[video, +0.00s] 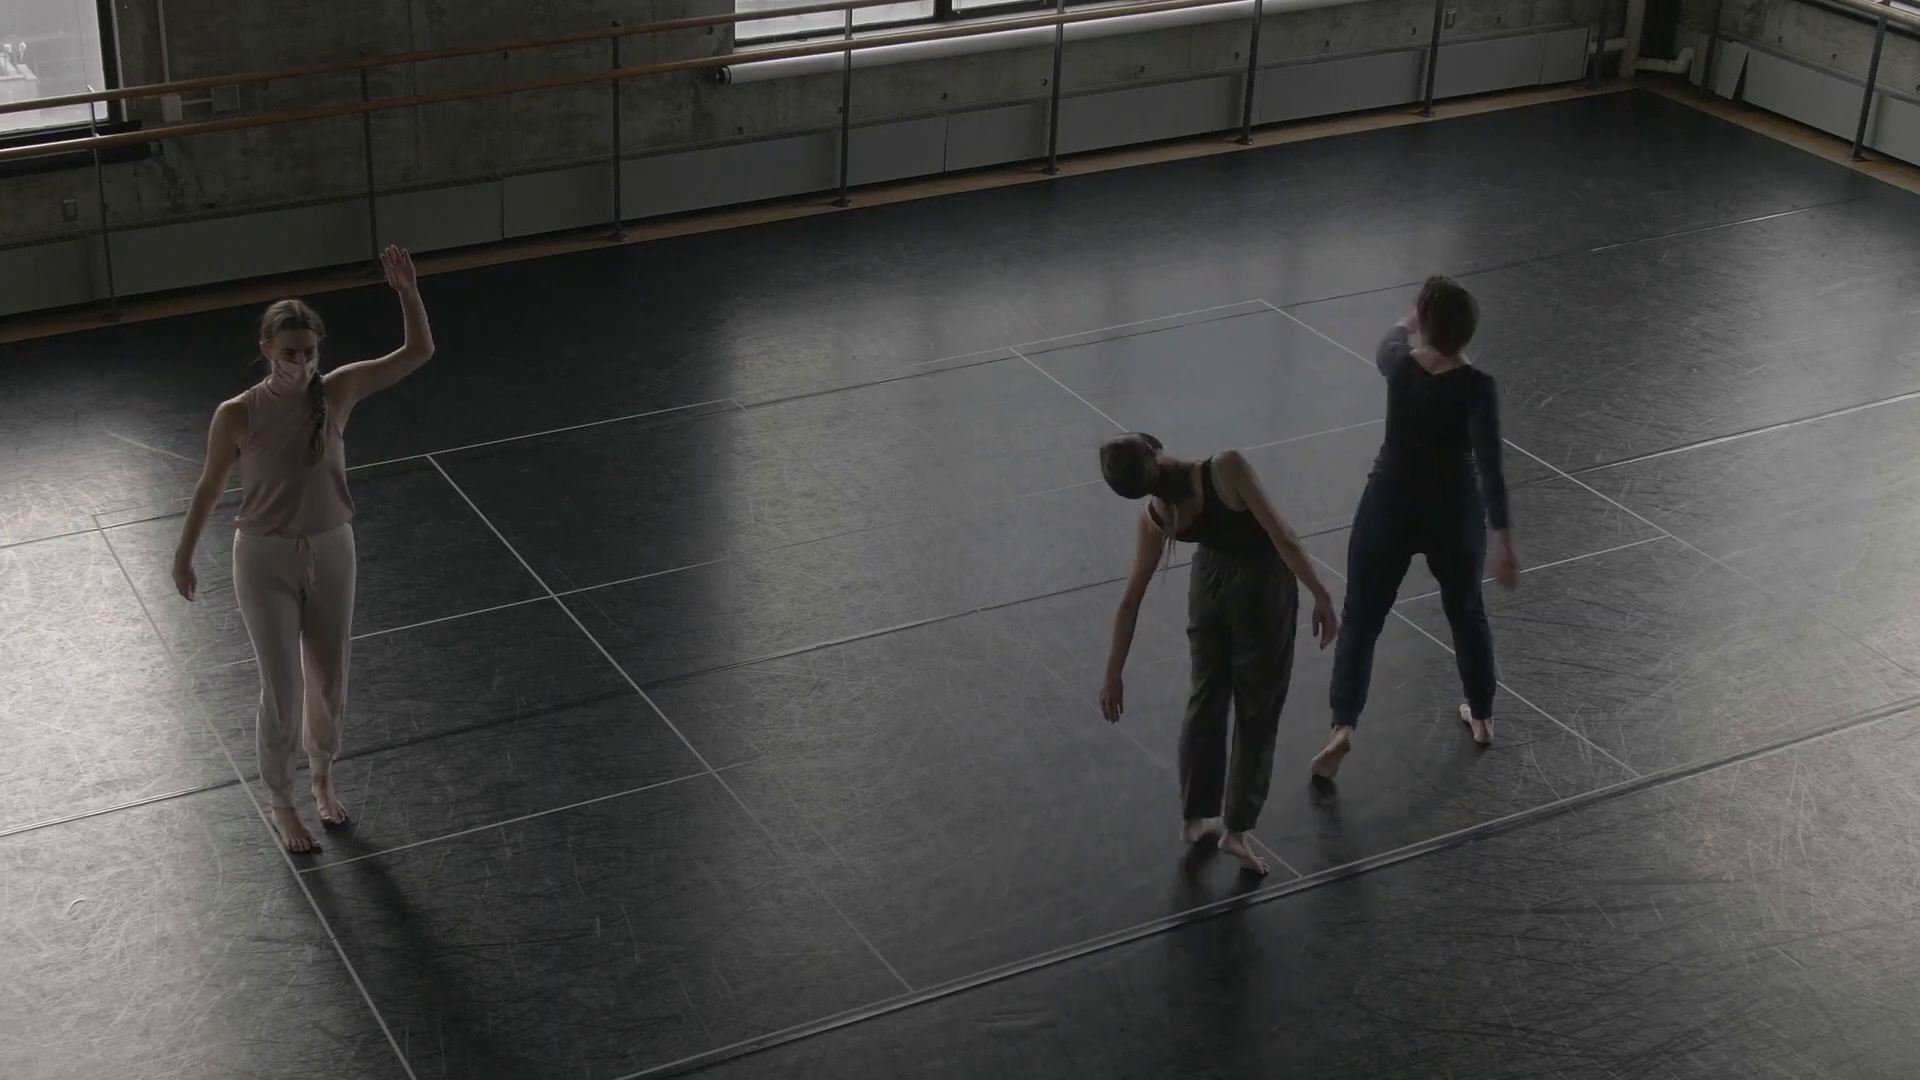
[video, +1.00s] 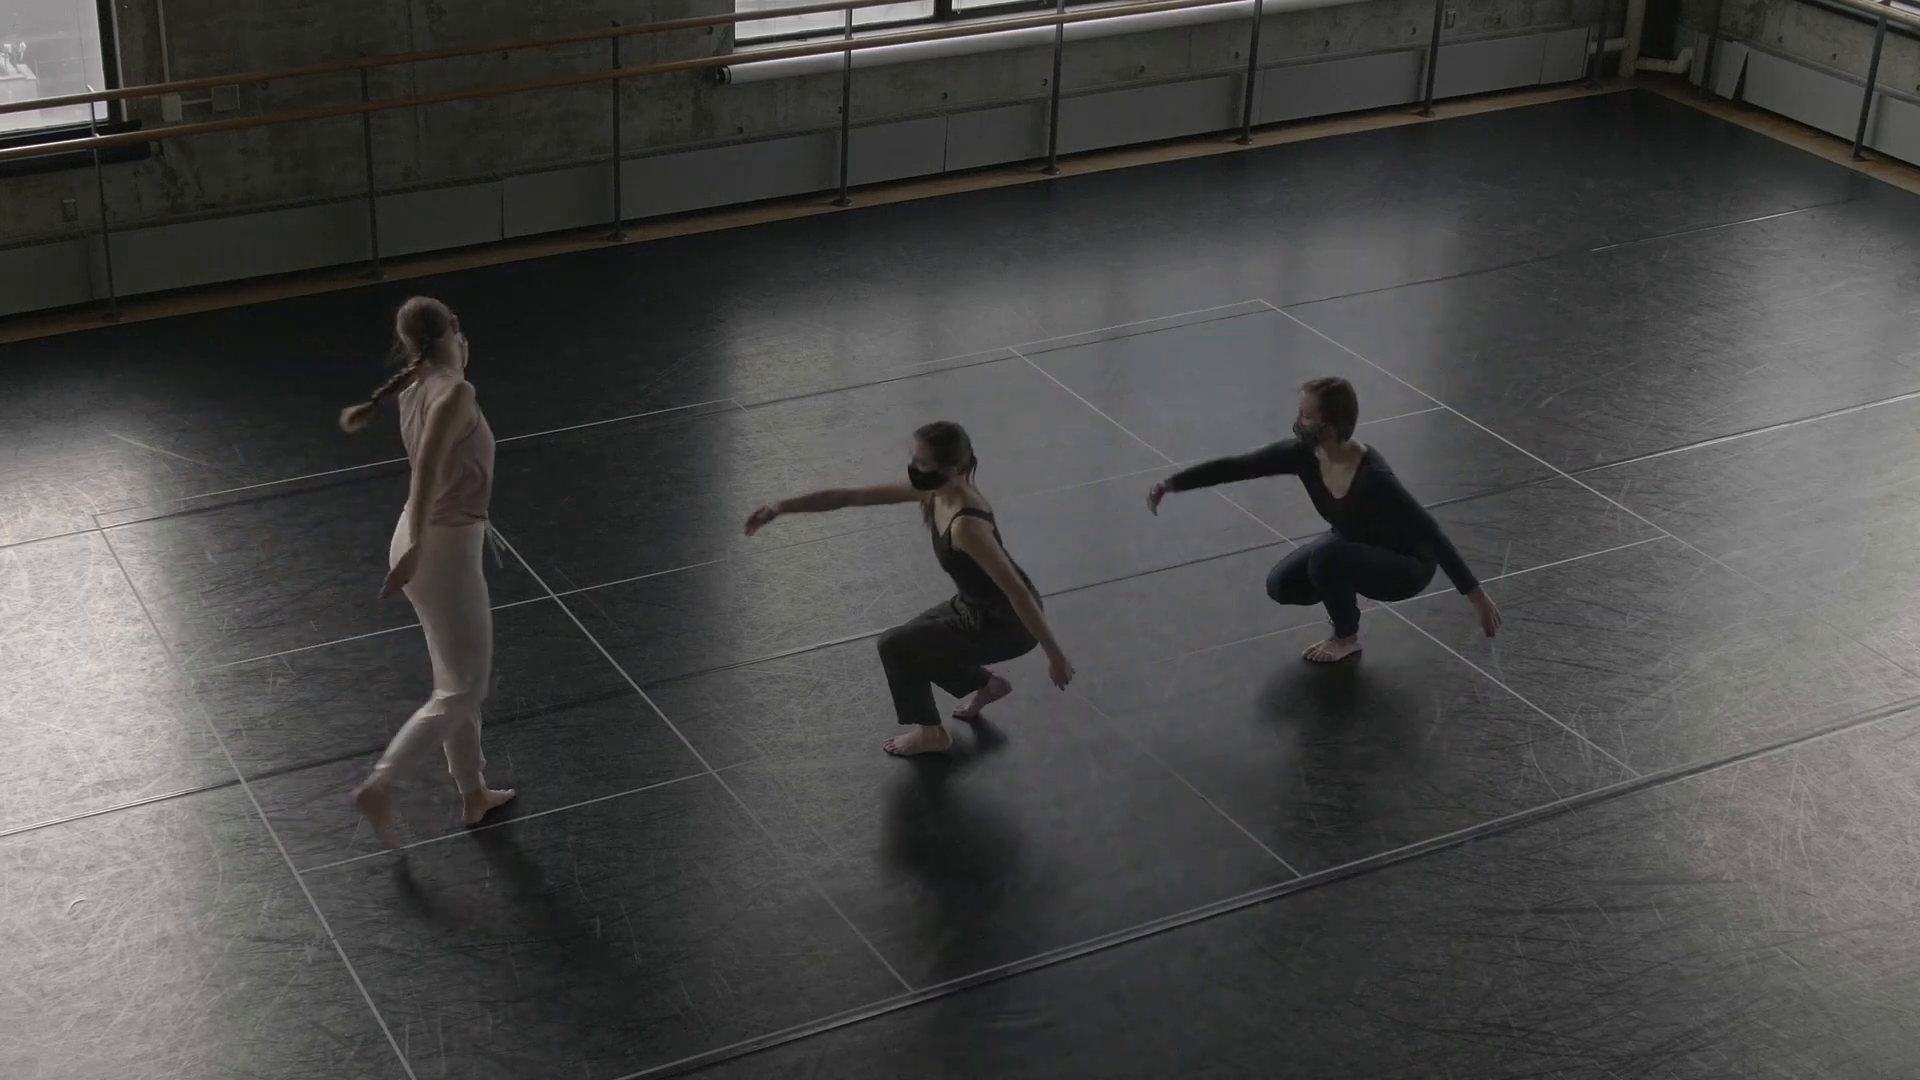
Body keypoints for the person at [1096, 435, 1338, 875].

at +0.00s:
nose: (1147, 439)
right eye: (1145, 441)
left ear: (1136, 491)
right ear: (1156, 450)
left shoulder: (1155, 518)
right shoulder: (1228, 469)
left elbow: (1130, 601)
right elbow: (1280, 535)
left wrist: (1112, 675)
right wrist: (1320, 594)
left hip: (1209, 584)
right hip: (1263, 585)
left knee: (1205, 696)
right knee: (1258, 707)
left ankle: (1197, 818)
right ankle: (1237, 831)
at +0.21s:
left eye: (1087, 455)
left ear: (1101, 460)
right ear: (1127, 424)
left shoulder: (1115, 500)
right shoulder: (1187, 436)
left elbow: (1090, 583)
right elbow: (1243, 497)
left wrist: (1076, 655)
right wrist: (1285, 558)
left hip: (1157, 590)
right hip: (1217, 581)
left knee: (1151, 691)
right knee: (1229, 697)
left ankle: (1146, 799)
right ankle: (1238, 816)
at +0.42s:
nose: (1030, 426)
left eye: (1034, 421)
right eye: (1029, 419)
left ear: (1057, 424)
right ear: (1083, 397)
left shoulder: (1073, 478)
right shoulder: (1128, 415)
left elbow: (1066, 563)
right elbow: (1185, 459)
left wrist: (1052, 634)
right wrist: (1231, 511)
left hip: (1117, 585)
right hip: (1159, 568)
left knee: (1120, 688)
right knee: (1091, 637)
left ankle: (1140, 799)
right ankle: (1123, 747)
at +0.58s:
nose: (993, 405)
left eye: (997, 400)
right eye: (993, 398)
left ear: (1018, 404)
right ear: (1038, 381)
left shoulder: (1045, 454)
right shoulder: (1058, 399)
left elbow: (1067, 542)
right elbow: (1100, 427)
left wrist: (1066, 624)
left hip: (1077, 564)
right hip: (1078, 545)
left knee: (1059, 674)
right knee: (1030, 608)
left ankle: (1129, 769)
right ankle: (1000, 683)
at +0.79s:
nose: (947, 412)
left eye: (953, 409)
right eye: (948, 406)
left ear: (979, 416)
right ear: (990, 407)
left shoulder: (1006, 470)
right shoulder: (990, 419)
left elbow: (1049, 547)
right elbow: (937, 429)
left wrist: (1081, 614)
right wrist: (896, 427)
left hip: (1040, 574)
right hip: (1017, 549)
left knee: (941, 638)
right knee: (964, 621)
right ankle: (999, 703)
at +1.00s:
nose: (911, 475)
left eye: (921, 471)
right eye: (911, 466)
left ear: (956, 472)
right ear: (944, 469)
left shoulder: (966, 526)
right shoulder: (932, 491)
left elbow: (1017, 591)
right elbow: (850, 497)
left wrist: (1055, 654)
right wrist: (779, 508)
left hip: (1005, 626)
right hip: (980, 603)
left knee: (894, 648)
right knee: (911, 640)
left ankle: (930, 732)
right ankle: (984, 684)